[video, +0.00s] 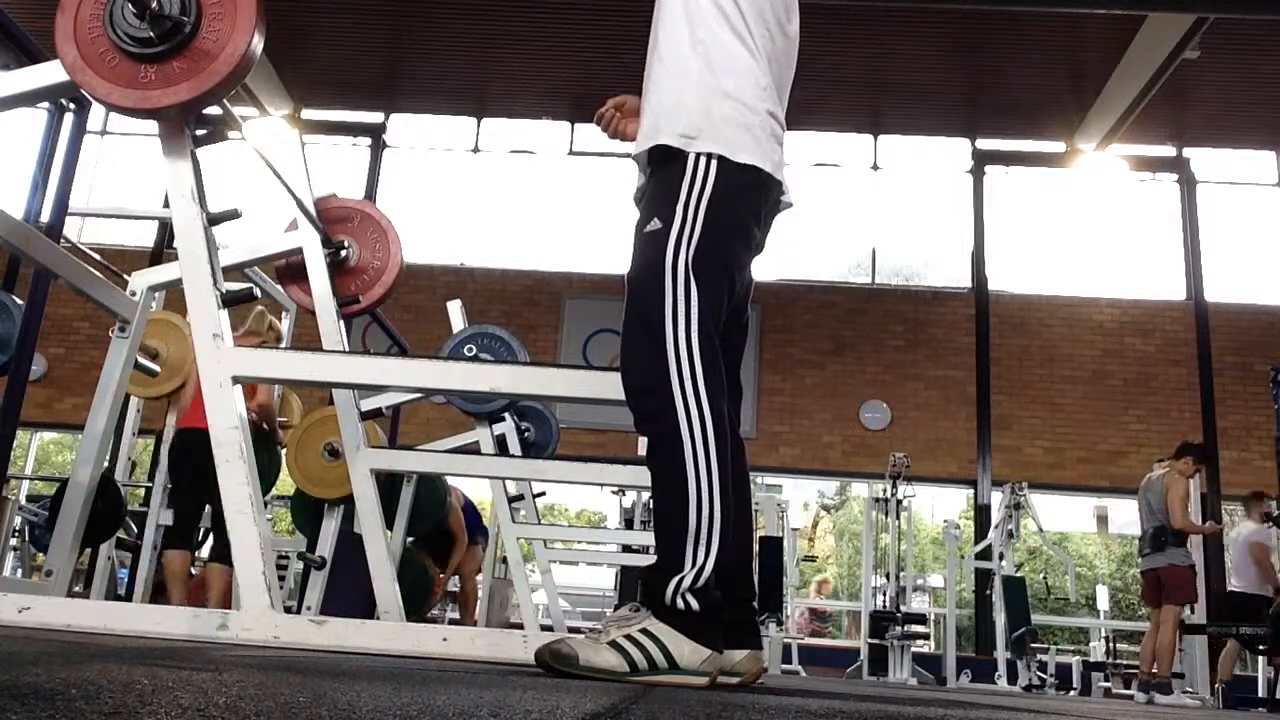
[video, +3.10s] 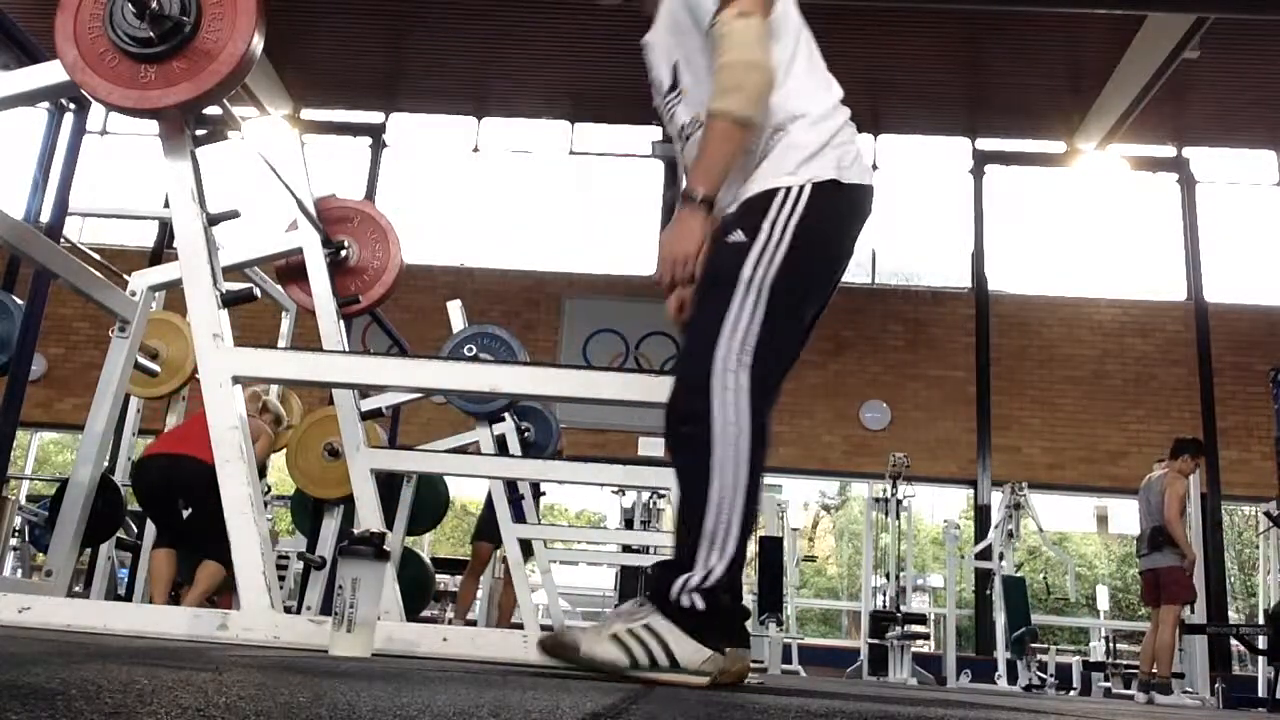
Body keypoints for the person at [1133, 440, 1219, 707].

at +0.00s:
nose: (1194, 476)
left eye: (1197, 472)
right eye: (1196, 471)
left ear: (1179, 459)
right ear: (1187, 462)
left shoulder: (1147, 480)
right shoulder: (1176, 480)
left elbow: (1147, 524)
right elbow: (1179, 522)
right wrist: (1205, 529)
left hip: (1149, 563)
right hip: (1174, 562)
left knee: (1155, 625)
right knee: (1168, 625)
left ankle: (1143, 685)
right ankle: (1164, 688)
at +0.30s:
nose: (1192, 476)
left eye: (1195, 471)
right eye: (1194, 470)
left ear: (1177, 459)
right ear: (1185, 461)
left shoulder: (1145, 480)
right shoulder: (1174, 480)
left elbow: (1146, 525)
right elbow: (1178, 523)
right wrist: (1205, 529)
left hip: (1149, 563)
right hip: (1174, 562)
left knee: (1155, 625)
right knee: (1169, 625)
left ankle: (1143, 685)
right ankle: (1164, 688)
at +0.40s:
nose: (1192, 475)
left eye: (1195, 471)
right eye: (1194, 470)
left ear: (1175, 458)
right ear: (1185, 461)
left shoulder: (1145, 480)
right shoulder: (1174, 480)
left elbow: (1146, 524)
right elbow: (1177, 523)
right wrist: (1206, 530)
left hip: (1149, 563)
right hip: (1173, 562)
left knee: (1155, 625)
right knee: (1169, 625)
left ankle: (1143, 685)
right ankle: (1164, 688)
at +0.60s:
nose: (1191, 475)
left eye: (1193, 470)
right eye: (1192, 469)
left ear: (1174, 459)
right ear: (1182, 461)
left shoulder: (1144, 480)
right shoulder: (1173, 480)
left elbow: (1147, 524)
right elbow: (1177, 522)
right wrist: (1205, 530)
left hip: (1149, 563)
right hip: (1173, 562)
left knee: (1156, 625)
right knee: (1169, 624)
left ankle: (1143, 685)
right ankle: (1164, 688)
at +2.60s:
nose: (1192, 469)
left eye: (1194, 464)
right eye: (1193, 463)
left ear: (1172, 457)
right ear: (1183, 458)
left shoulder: (1146, 480)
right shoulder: (1175, 480)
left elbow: (1147, 523)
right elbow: (1172, 518)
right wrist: (1187, 550)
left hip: (1148, 562)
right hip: (1170, 560)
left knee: (1156, 624)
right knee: (1168, 624)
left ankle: (1143, 685)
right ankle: (1163, 687)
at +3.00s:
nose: (1194, 471)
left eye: (1196, 466)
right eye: (1194, 465)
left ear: (1175, 459)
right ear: (1184, 459)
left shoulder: (1147, 480)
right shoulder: (1176, 480)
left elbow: (1147, 522)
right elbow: (1171, 518)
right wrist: (1187, 550)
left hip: (1148, 562)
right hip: (1170, 560)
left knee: (1155, 623)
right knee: (1168, 624)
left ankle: (1143, 685)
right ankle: (1163, 687)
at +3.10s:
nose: (1194, 471)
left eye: (1196, 467)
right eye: (1195, 465)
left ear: (1176, 459)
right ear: (1184, 459)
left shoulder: (1148, 480)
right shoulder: (1176, 481)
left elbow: (1148, 522)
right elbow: (1171, 519)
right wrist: (1188, 550)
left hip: (1148, 561)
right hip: (1169, 560)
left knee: (1155, 623)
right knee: (1168, 624)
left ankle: (1143, 685)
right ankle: (1163, 687)